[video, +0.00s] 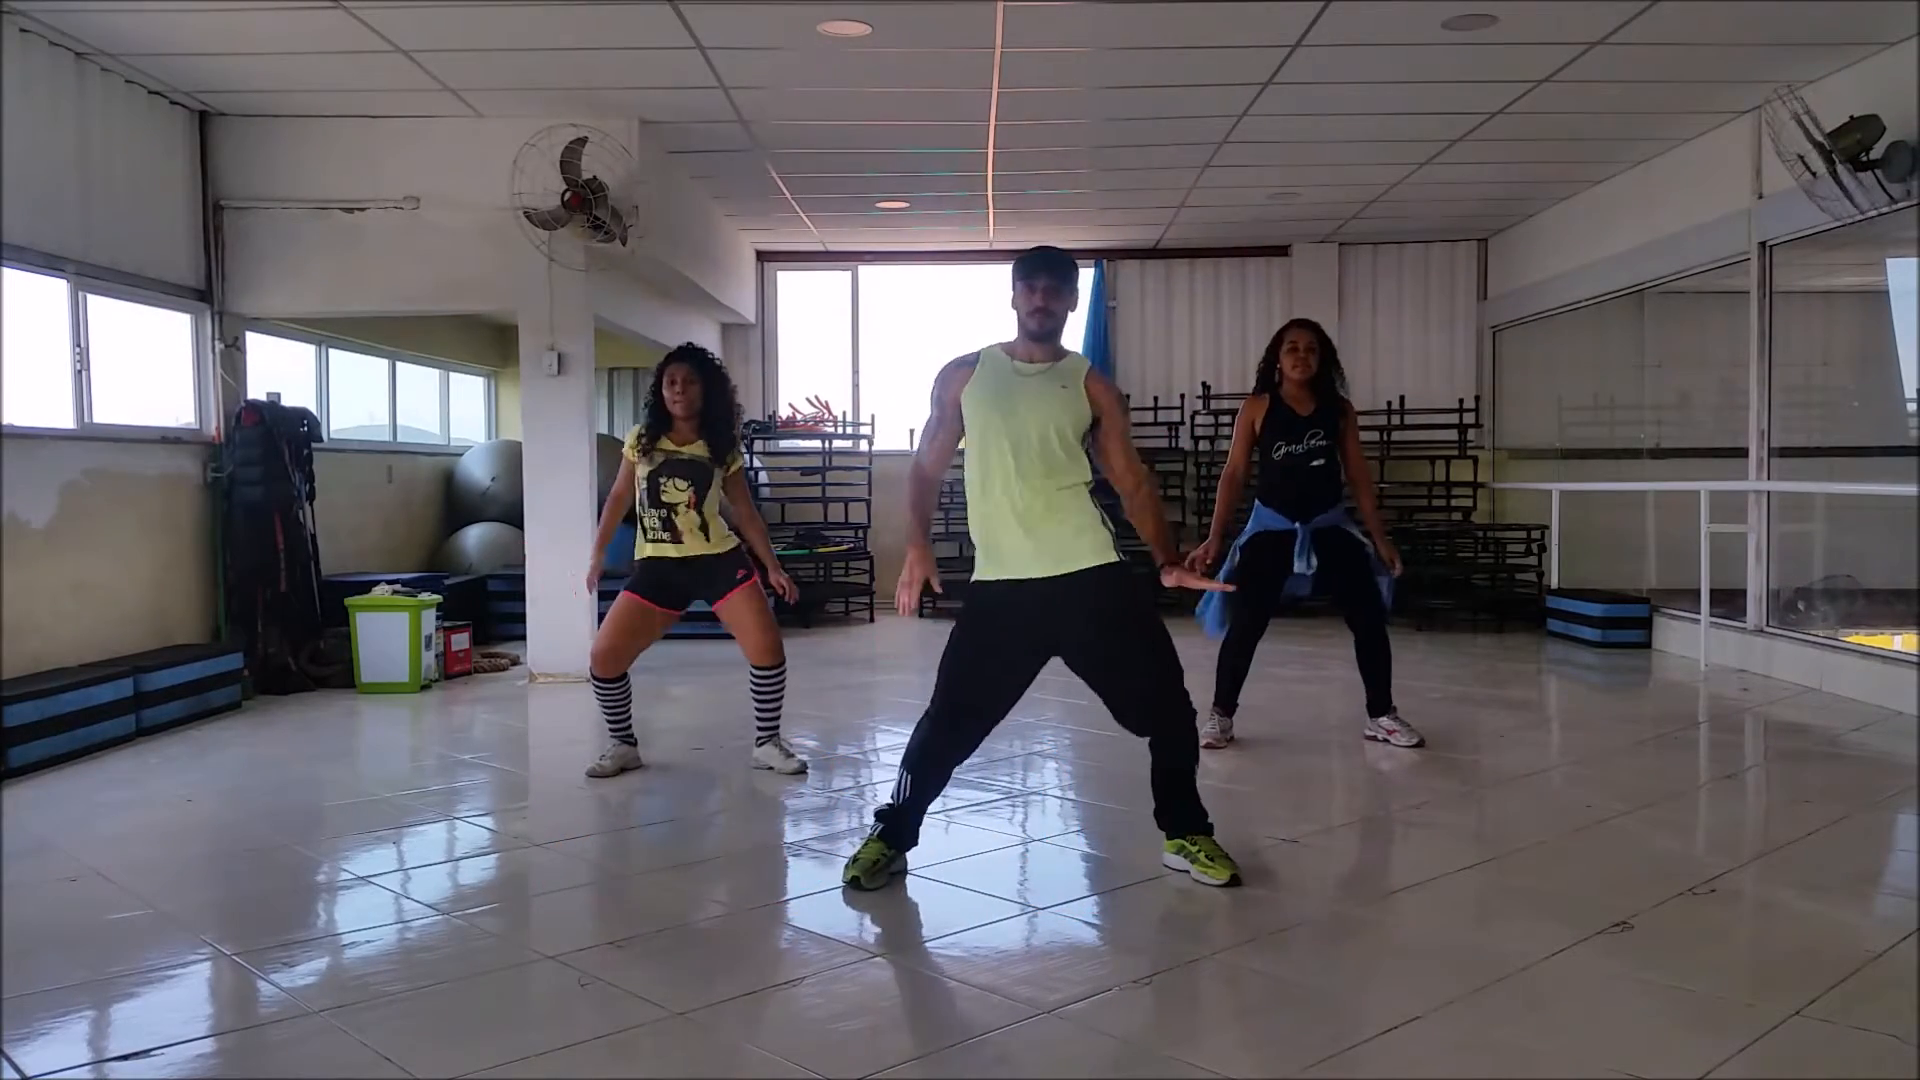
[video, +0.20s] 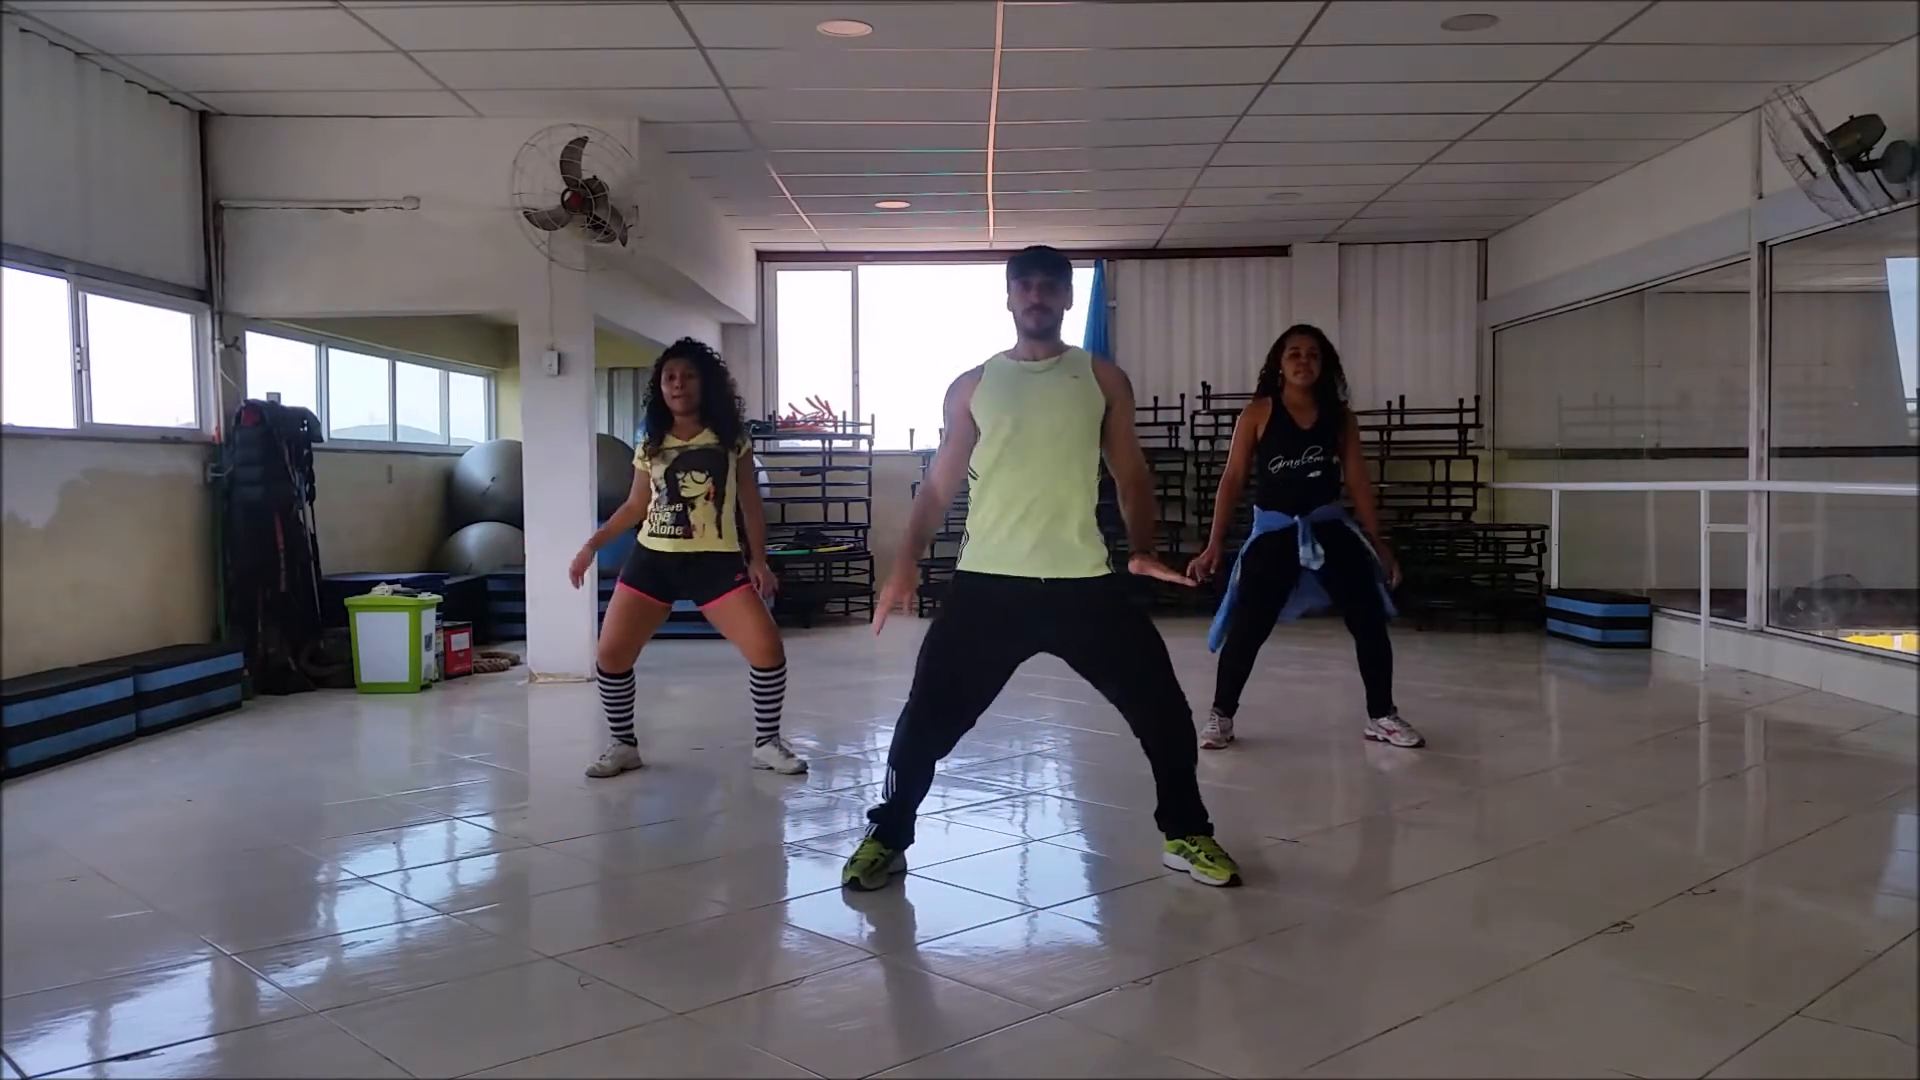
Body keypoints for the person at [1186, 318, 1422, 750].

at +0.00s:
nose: (1301, 356)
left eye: (1310, 350)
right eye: (1292, 349)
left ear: (1321, 359)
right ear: (1276, 357)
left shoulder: (1339, 411)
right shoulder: (1256, 408)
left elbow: (1360, 478)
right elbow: (1232, 475)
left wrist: (1380, 538)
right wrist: (1214, 538)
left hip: (1331, 530)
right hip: (1271, 531)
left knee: (1369, 617)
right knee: (1248, 621)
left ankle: (1382, 716)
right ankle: (1221, 716)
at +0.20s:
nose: (1303, 361)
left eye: (1312, 355)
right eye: (1294, 355)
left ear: (1323, 365)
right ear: (1279, 364)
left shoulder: (1340, 418)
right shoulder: (1257, 414)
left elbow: (1359, 484)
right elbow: (1232, 480)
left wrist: (1379, 545)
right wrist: (1214, 543)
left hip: (1332, 531)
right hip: (1274, 532)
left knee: (1369, 617)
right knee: (1249, 622)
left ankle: (1382, 717)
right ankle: (1221, 717)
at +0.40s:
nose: (1300, 359)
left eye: (1309, 352)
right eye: (1290, 352)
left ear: (1321, 361)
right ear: (1275, 362)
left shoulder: (1343, 412)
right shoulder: (1260, 414)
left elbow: (1358, 480)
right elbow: (1237, 484)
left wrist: (1369, 538)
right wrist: (1217, 549)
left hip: (1327, 534)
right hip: (1270, 532)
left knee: (1370, 620)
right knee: (1249, 623)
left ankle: (1382, 718)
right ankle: (1221, 717)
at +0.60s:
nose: (1299, 358)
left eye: (1308, 351)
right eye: (1290, 351)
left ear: (1321, 360)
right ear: (1275, 361)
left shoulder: (1342, 411)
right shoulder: (1259, 414)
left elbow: (1364, 480)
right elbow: (1237, 484)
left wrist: (1386, 538)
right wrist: (1220, 547)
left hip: (1329, 534)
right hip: (1271, 532)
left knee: (1373, 621)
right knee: (1249, 621)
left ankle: (1382, 717)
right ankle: (1221, 716)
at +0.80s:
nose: (1302, 361)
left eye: (1311, 354)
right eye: (1293, 353)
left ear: (1322, 363)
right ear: (1277, 362)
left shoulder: (1340, 414)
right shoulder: (1256, 414)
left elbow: (1364, 481)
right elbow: (1231, 483)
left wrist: (1390, 541)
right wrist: (1215, 543)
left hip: (1332, 532)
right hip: (1274, 533)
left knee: (1373, 616)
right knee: (1250, 623)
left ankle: (1382, 717)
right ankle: (1221, 717)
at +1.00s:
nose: (1304, 364)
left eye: (1313, 357)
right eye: (1295, 356)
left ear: (1324, 368)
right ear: (1279, 365)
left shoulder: (1337, 419)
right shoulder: (1255, 414)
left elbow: (1360, 487)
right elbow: (1227, 482)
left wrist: (1387, 548)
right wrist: (1210, 542)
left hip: (1335, 530)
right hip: (1277, 533)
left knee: (1374, 613)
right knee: (1255, 624)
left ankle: (1382, 717)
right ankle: (1222, 716)